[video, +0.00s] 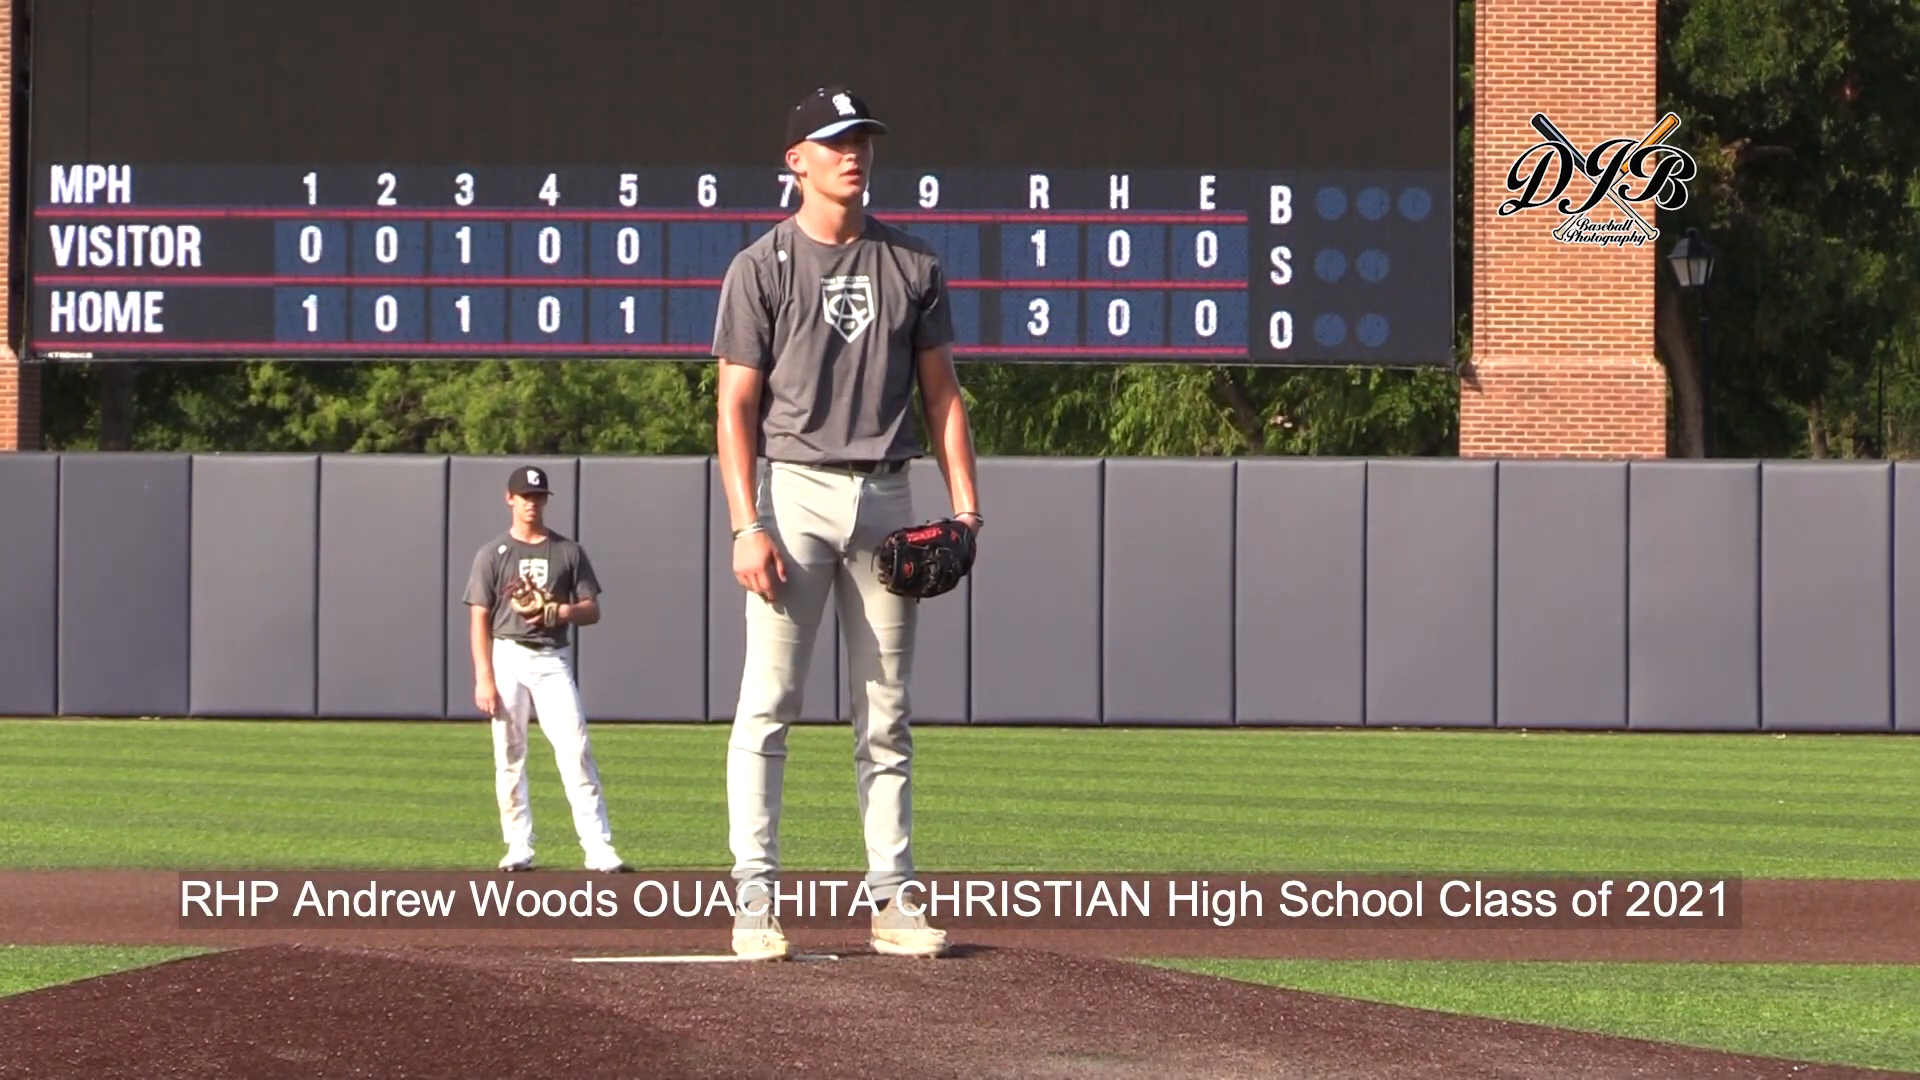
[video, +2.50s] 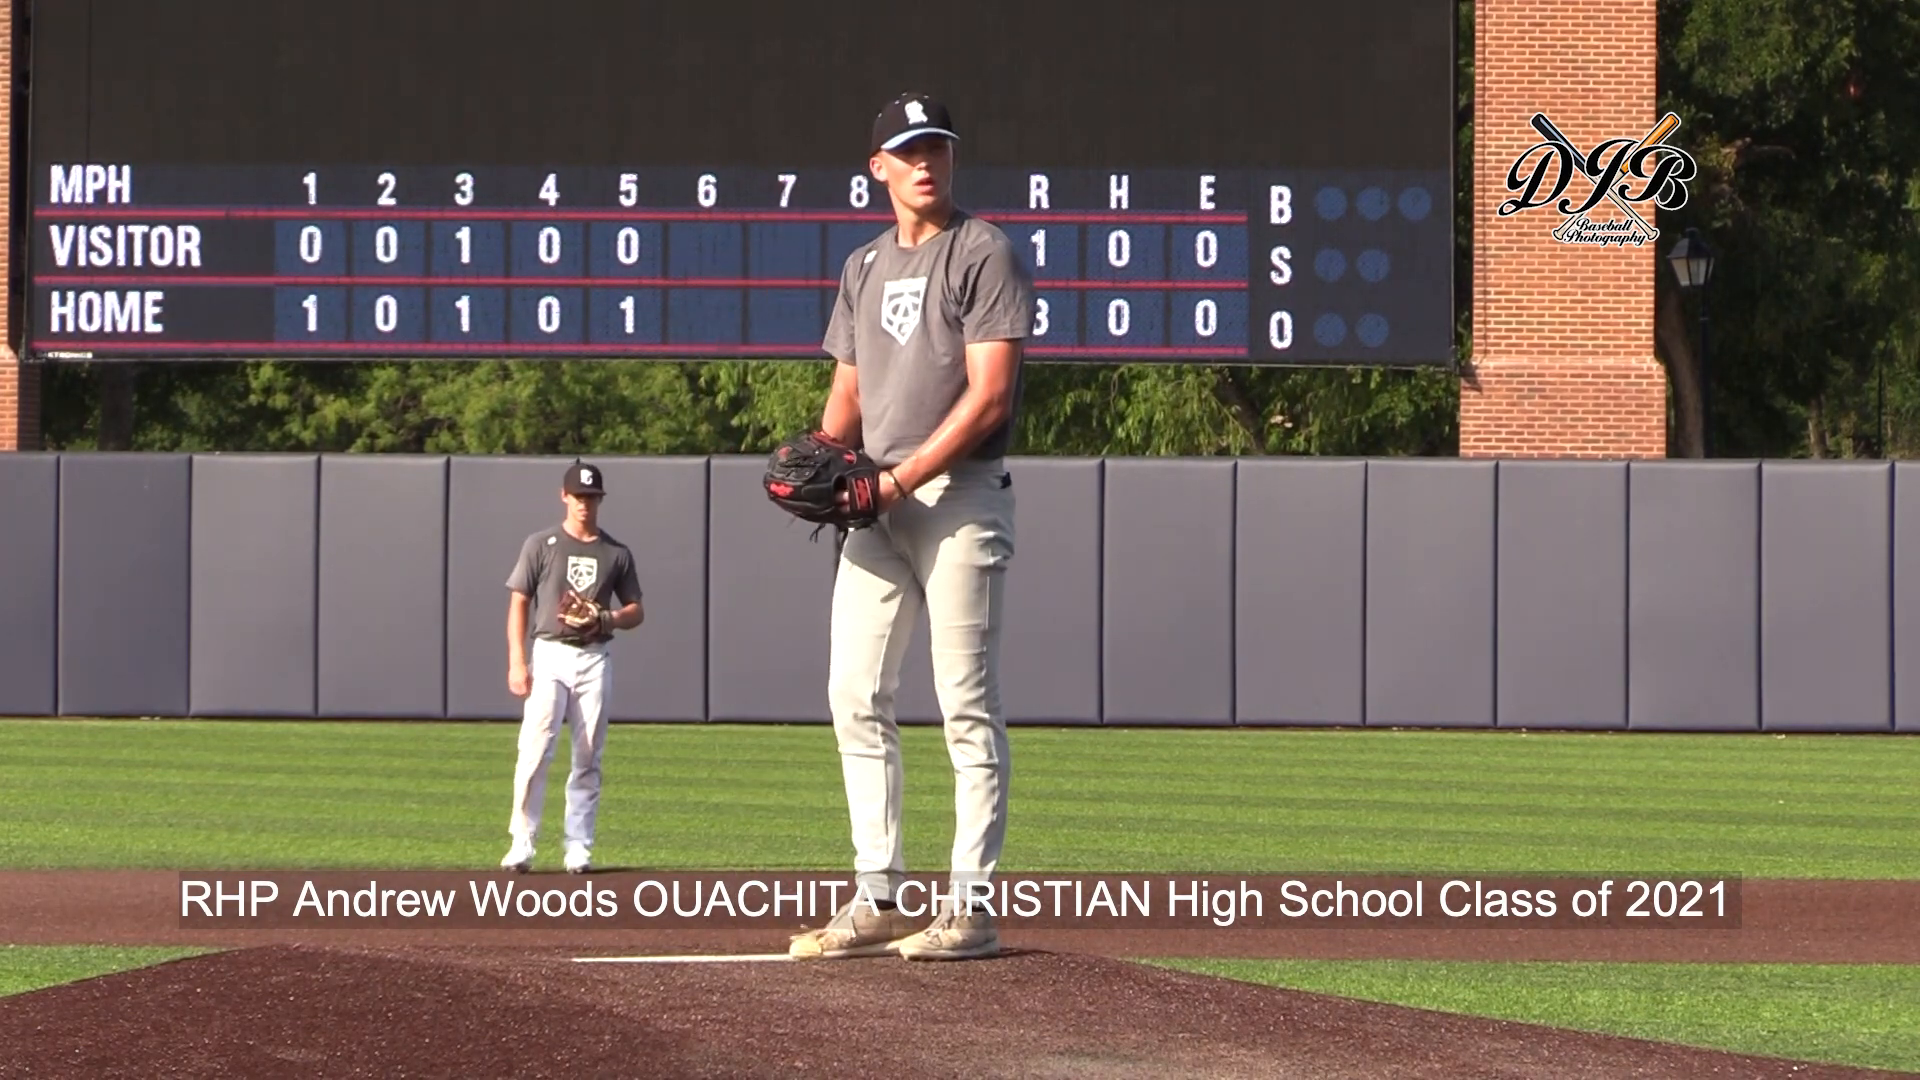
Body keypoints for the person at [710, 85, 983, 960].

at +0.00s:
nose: (852, 159)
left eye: (860, 145)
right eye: (835, 146)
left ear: (872, 158)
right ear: (798, 160)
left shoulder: (912, 267)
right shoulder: (759, 268)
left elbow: (944, 395)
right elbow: (733, 408)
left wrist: (965, 510)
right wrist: (745, 524)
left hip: (888, 497)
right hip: (792, 493)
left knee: (887, 712)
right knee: (769, 704)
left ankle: (893, 897)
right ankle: (755, 895)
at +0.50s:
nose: (852, 158)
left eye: (860, 145)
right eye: (835, 146)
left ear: (870, 156)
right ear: (797, 159)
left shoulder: (913, 263)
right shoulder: (760, 261)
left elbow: (943, 390)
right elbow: (730, 400)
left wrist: (964, 502)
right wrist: (750, 519)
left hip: (889, 497)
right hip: (792, 493)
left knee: (886, 711)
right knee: (769, 704)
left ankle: (892, 899)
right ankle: (755, 894)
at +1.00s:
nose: (839, 158)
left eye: (846, 144)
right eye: (821, 146)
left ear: (857, 157)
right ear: (782, 160)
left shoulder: (901, 259)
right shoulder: (745, 263)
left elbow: (931, 386)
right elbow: (721, 397)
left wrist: (901, 487)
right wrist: (816, 474)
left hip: (875, 502)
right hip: (778, 500)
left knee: (886, 710)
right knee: (764, 700)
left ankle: (892, 897)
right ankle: (754, 898)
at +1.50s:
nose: (845, 160)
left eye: (853, 146)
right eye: (826, 148)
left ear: (867, 158)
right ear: (791, 163)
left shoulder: (914, 258)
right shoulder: (752, 269)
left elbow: (944, 389)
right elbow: (729, 399)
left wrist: (889, 477)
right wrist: (797, 460)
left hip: (884, 507)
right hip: (785, 509)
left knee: (913, 709)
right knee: (769, 705)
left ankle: (964, 902)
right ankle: (755, 902)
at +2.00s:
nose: (911, 163)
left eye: (919, 149)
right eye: (894, 152)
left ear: (934, 159)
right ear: (861, 167)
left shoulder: (973, 251)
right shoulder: (840, 273)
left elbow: (994, 395)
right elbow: (834, 400)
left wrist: (904, 480)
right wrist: (824, 462)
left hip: (950, 502)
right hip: (862, 504)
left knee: (960, 706)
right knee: (829, 695)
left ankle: (970, 906)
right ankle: (836, 896)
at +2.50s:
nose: (926, 165)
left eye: (936, 151)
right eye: (908, 154)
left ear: (953, 160)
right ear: (878, 167)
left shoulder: (983, 251)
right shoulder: (862, 268)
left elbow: (992, 397)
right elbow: (850, 386)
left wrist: (897, 479)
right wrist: (819, 460)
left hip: (960, 502)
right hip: (877, 502)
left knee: (964, 705)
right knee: (858, 704)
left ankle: (972, 908)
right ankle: (878, 899)